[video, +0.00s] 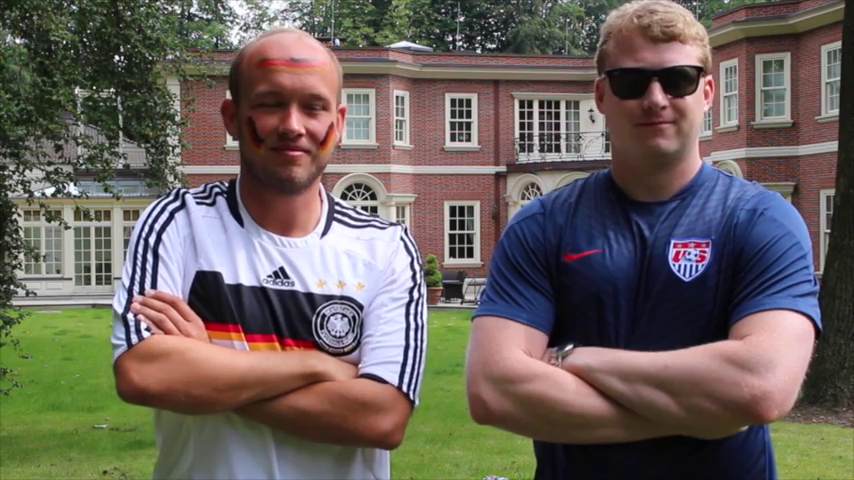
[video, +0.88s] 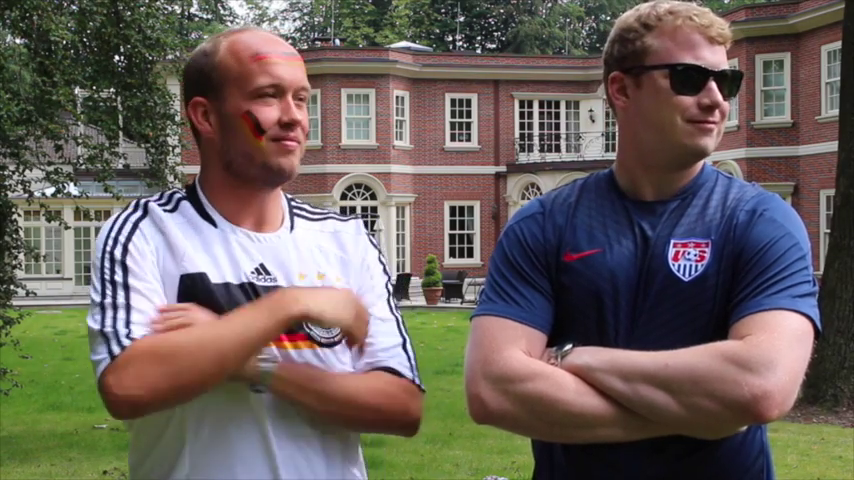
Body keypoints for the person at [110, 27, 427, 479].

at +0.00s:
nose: (293, 126)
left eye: (314, 107)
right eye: (271, 104)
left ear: (338, 124)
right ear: (232, 118)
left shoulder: (387, 249)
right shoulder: (174, 221)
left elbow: (384, 421)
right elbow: (138, 374)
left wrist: (211, 372)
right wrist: (318, 365)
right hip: (201, 473)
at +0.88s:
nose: (294, 115)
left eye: (301, 98)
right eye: (269, 95)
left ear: (309, 109)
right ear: (204, 117)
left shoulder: (348, 240)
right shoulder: (140, 232)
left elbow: (403, 406)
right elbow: (125, 388)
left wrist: (248, 361)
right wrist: (289, 304)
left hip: (330, 474)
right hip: (191, 472)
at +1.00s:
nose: (288, 122)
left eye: (295, 103)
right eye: (263, 100)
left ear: (304, 110)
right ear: (197, 119)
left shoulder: (339, 242)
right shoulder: (136, 239)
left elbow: (405, 411)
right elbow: (169, 407)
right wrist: (342, 322)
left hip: (323, 475)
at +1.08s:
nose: (284, 132)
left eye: (290, 111)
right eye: (259, 111)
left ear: (298, 119)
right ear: (191, 128)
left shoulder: (329, 243)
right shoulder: (141, 256)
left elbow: (366, 383)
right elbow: (230, 414)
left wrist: (386, 421)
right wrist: (412, 404)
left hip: (316, 470)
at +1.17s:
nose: (283, 150)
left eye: (287, 129)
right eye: (256, 131)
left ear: (295, 132)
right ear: (188, 152)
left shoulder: (316, 252)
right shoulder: (158, 284)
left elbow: (362, 403)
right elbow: (299, 425)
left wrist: (459, 458)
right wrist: (495, 458)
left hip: (318, 472)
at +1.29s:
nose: (291, 180)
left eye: (296, 158)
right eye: (265, 159)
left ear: (303, 161)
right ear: (196, 176)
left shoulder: (299, 268)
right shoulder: (163, 308)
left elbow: (348, 416)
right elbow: (304, 450)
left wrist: (447, 475)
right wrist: (517, 461)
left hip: (262, 466)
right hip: (148, 467)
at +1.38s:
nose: (287, 186)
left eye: (291, 162)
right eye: (263, 164)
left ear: (295, 160)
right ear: (190, 174)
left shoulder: (279, 272)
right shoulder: (137, 296)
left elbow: (314, 420)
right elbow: (242, 463)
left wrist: (415, 477)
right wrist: (441, 471)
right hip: (132, 472)